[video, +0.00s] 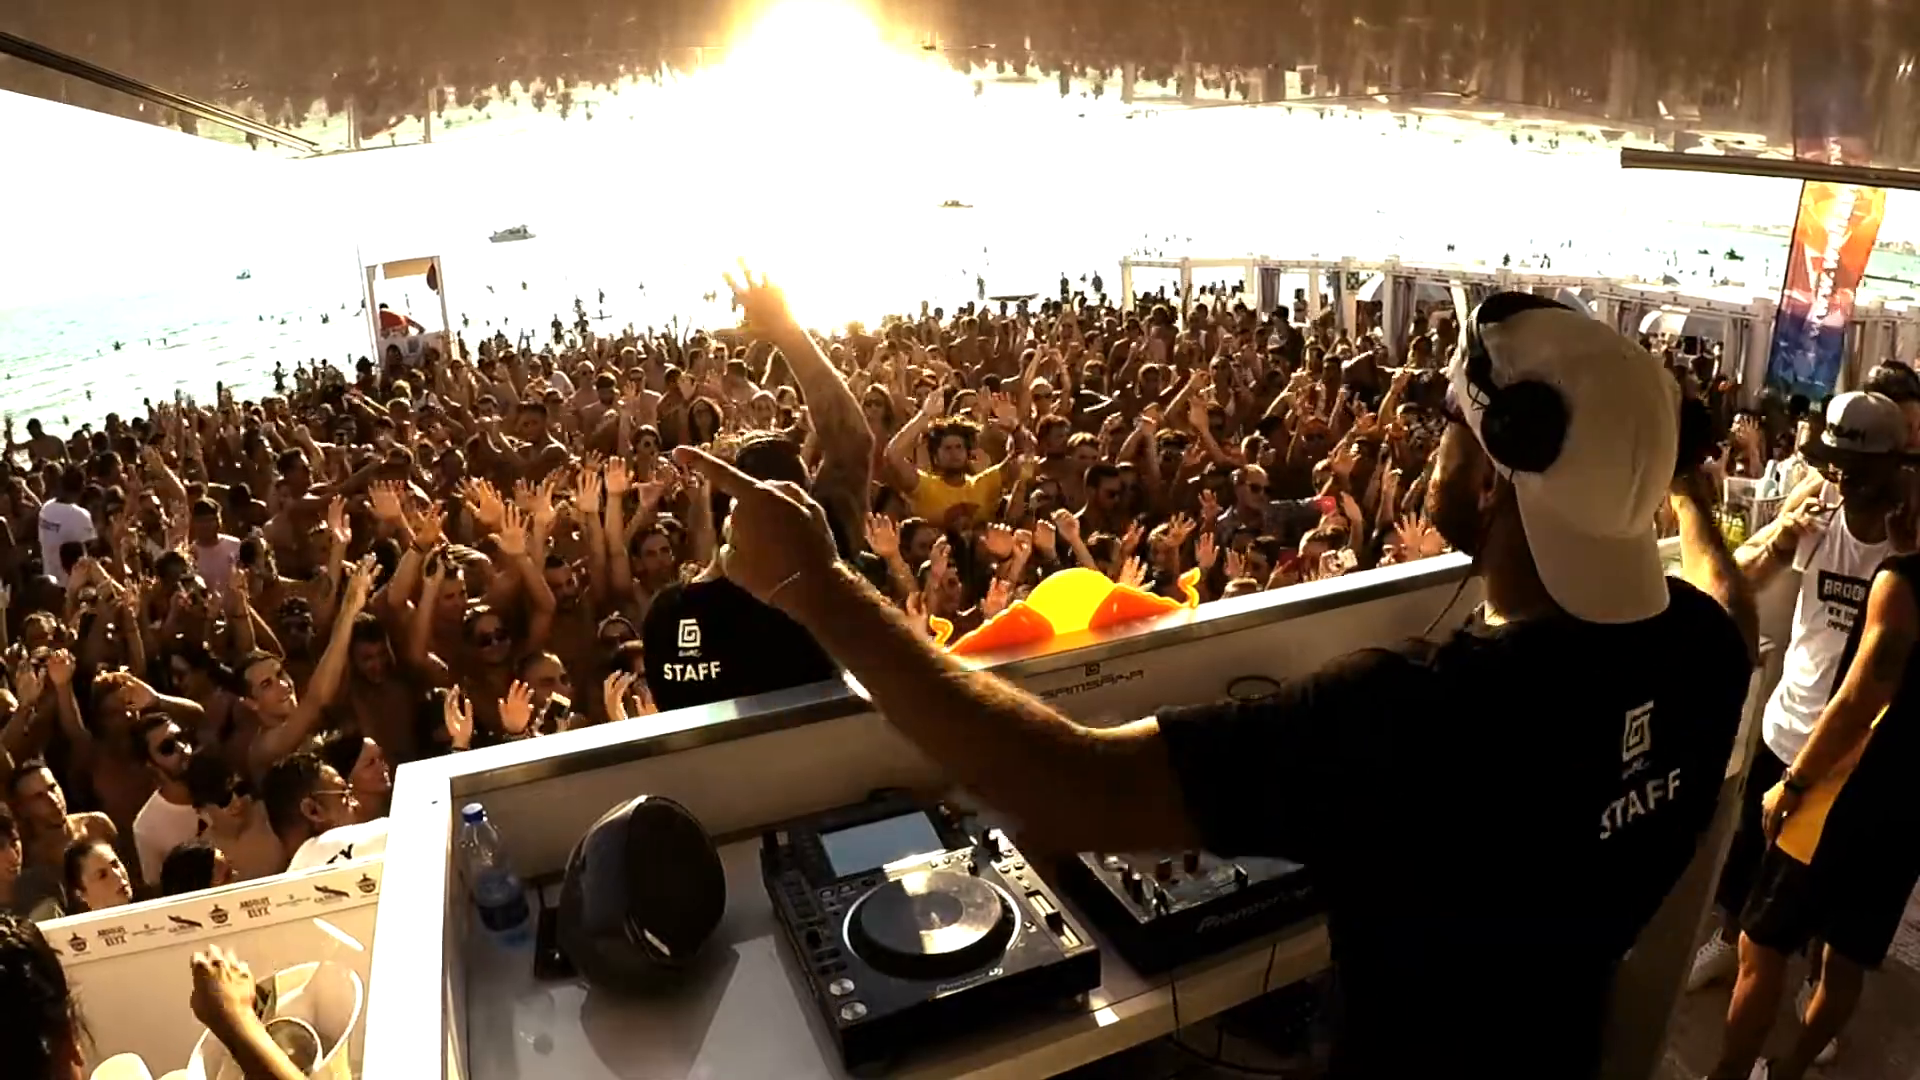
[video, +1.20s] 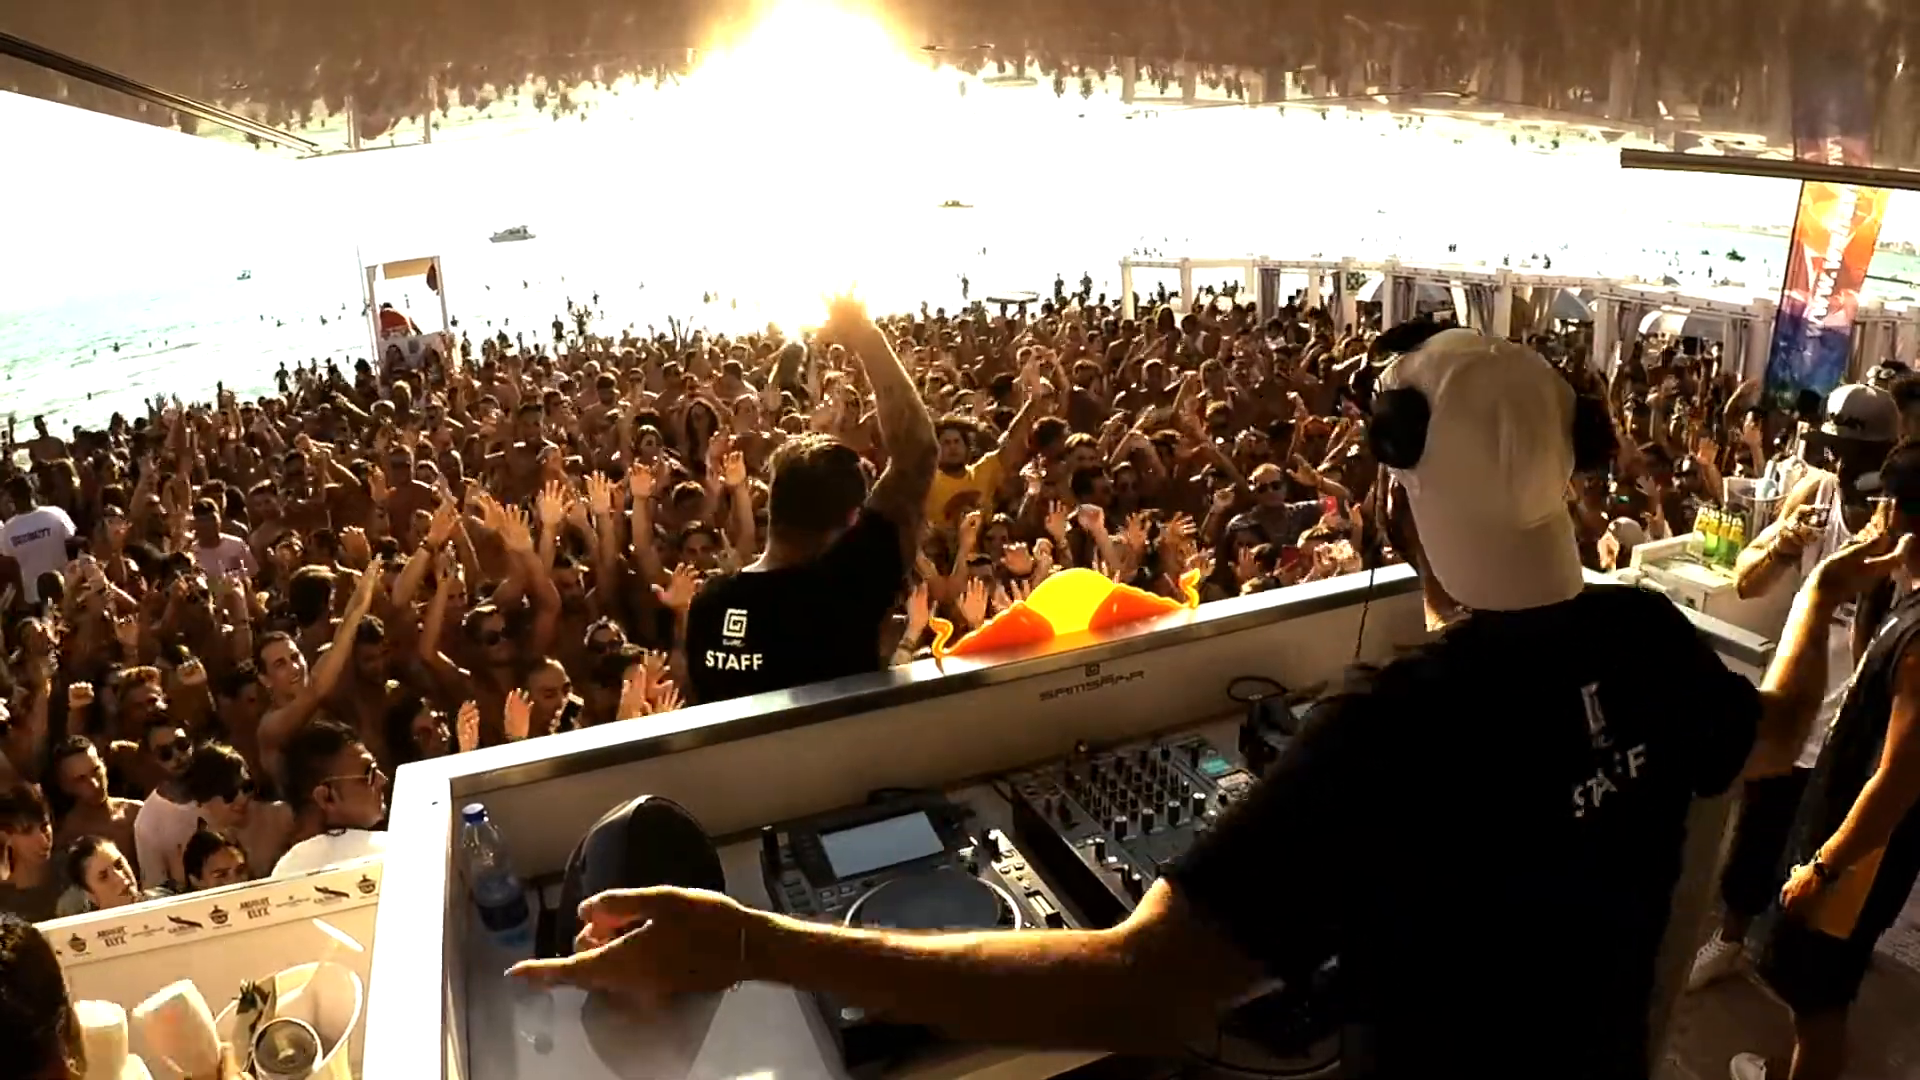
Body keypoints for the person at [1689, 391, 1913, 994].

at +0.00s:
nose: (1839, 479)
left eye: (1856, 469)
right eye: (1832, 464)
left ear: (1894, 469)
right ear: (1823, 460)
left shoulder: (1907, 540)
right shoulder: (1811, 511)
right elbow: (1731, 585)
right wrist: (1775, 539)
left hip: (1858, 748)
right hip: (1787, 721)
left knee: (1832, 862)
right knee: (1750, 837)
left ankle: (1819, 956)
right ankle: (1730, 935)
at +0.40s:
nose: (1843, 475)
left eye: (1859, 464)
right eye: (1836, 461)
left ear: (1891, 464)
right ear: (1826, 458)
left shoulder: (1907, 533)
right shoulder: (1815, 510)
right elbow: (1740, 589)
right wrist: (1782, 534)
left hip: (1856, 743)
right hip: (1790, 719)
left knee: (1820, 864)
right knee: (1751, 835)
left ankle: (1798, 966)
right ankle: (1735, 940)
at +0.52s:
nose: (1890, 497)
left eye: (1902, 485)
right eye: (1897, 483)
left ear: (1913, 504)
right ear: (1910, 507)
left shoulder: (1906, 595)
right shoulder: (1903, 588)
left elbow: (1883, 716)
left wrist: (1805, 804)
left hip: (1848, 810)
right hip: (1884, 811)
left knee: (1775, 962)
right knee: (1839, 951)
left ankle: (1777, 1068)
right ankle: (1808, 1050)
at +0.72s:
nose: (1834, 471)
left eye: (1847, 460)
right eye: (1831, 458)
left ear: (1878, 465)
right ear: (1827, 459)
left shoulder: (1900, 530)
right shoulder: (1813, 512)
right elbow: (1745, 588)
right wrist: (1783, 534)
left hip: (1864, 717)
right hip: (1796, 697)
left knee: (1822, 846)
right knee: (1757, 819)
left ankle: (1799, 973)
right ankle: (1730, 940)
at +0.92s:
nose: (1877, 513)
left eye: (1890, 499)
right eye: (1880, 499)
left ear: (1915, 511)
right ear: (1900, 514)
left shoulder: (1912, 617)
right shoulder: (1901, 602)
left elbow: (1884, 752)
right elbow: (1863, 659)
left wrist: (1801, 826)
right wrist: (1871, 565)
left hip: (1855, 828)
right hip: (1854, 817)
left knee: (1807, 962)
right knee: (1818, 953)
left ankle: (1792, 1067)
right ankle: (1805, 1052)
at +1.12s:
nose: (1877, 525)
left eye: (1889, 509)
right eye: (1879, 509)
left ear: (1910, 521)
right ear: (1899, 521)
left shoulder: (1915, 631)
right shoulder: (1895, 609)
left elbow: (1896, 774)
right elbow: (1854, 685)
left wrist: (1814, 856)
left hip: (1867, 846)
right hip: (1847, 833)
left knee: (1816, 1003)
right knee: (1808, 982)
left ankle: (1799, 1074)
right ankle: (1789, 1066)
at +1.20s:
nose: (1870, 519)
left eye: (1881, 506)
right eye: (1874, 504)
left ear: (1903, 521)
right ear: (1900, 521)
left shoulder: (1914, 633)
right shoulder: (1894, 613)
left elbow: (1899, 775)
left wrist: (1826, 867)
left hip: (1857, 861)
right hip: (1840, 845)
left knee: (1818, 1008)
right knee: (1811, 992)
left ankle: (1799, 1076)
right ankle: (1790, 1068)